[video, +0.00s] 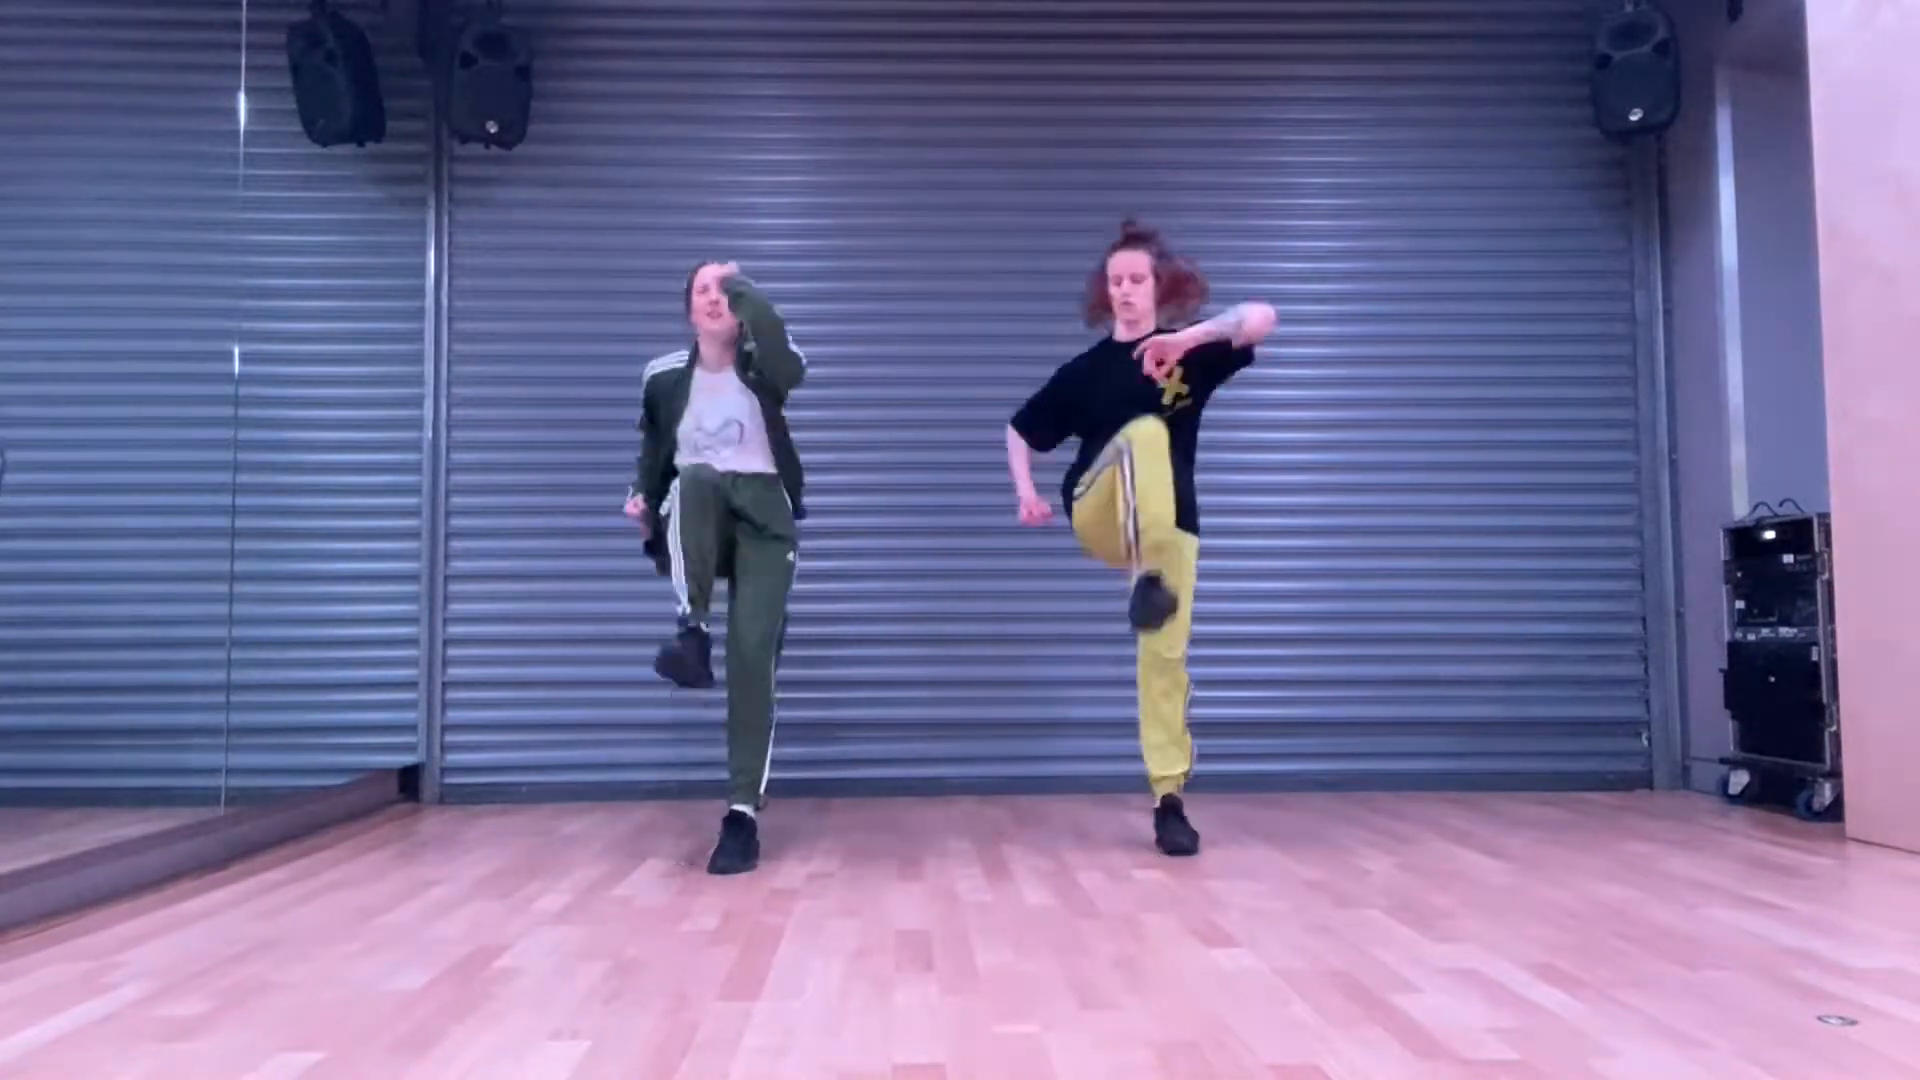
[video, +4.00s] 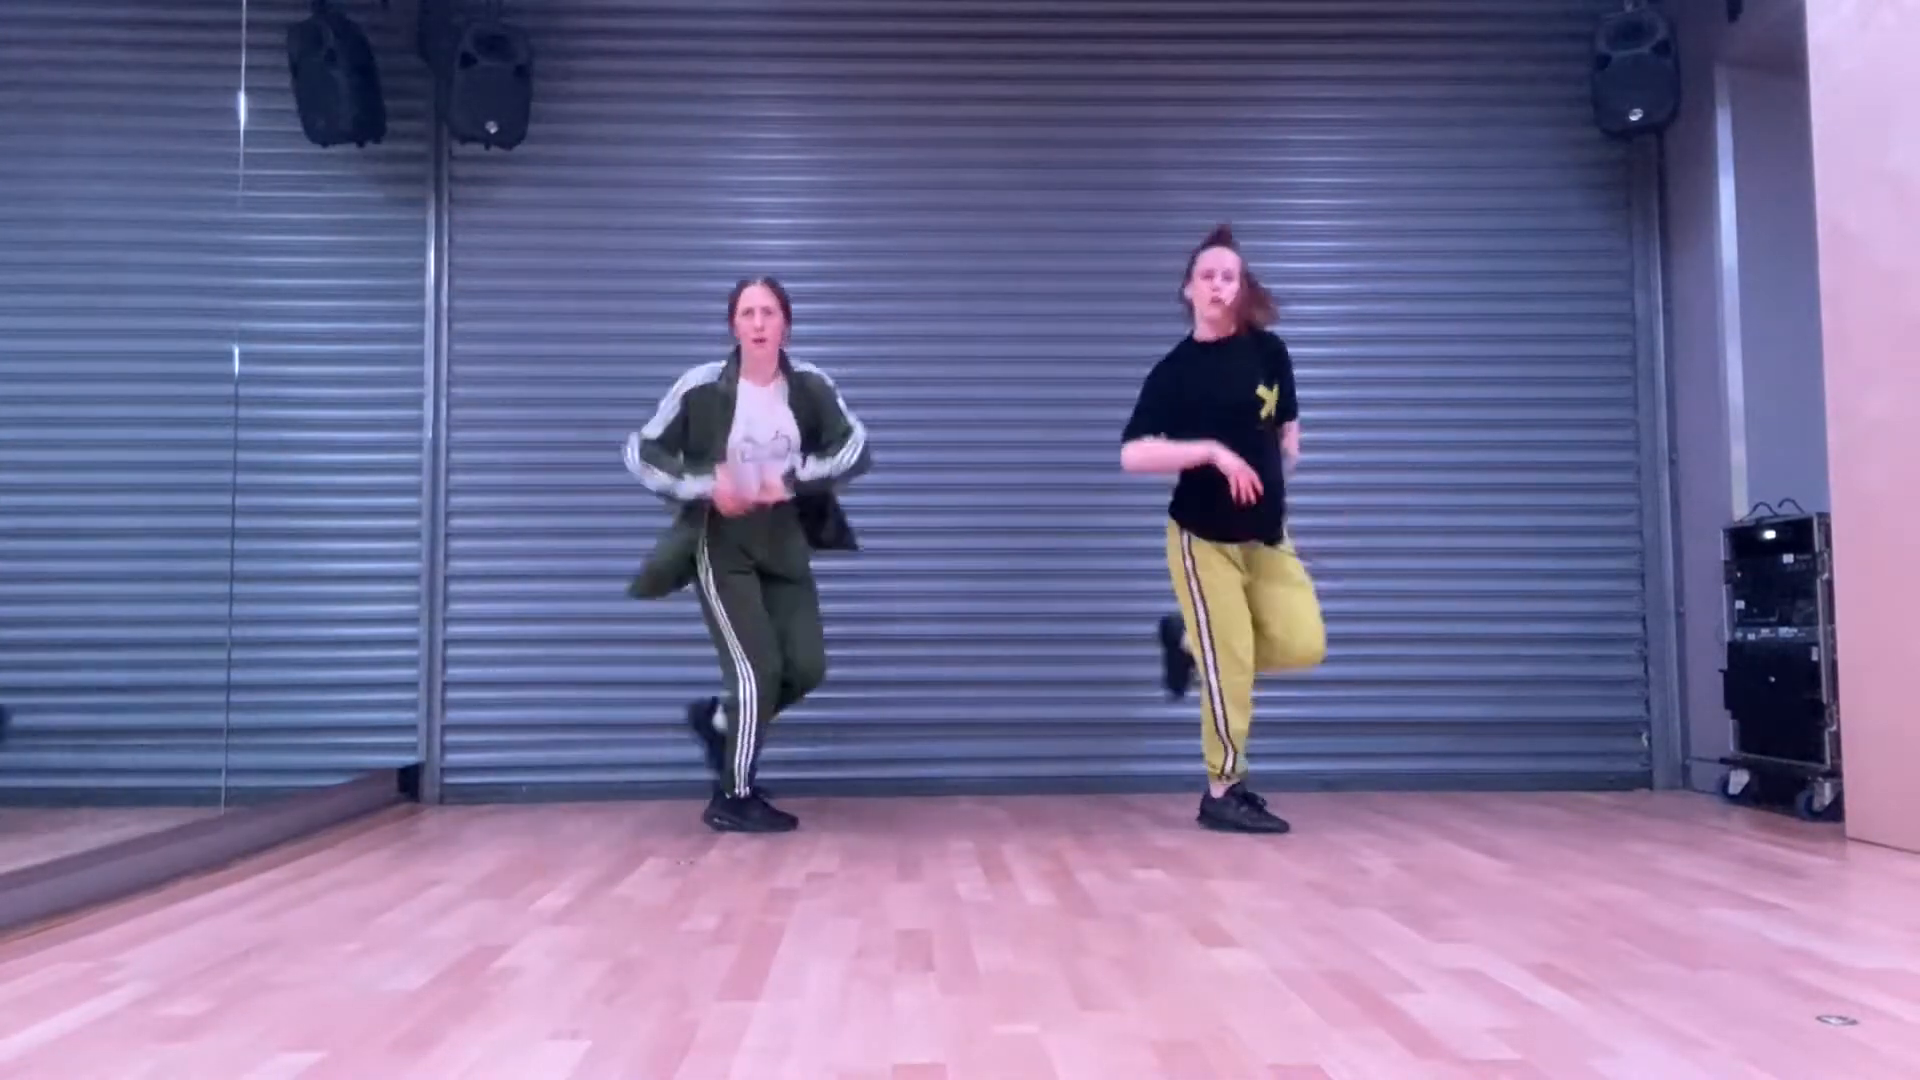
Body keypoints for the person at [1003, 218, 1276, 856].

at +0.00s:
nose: (1125, 290)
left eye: (1137, 279)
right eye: (1116, 280)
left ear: (1161, 286)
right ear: (1105, 291)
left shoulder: (1195, 356)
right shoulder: (1087, 371)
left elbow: (1262, 318)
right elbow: (1018, 432)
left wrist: (1192, 337)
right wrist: (1025, 491)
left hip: (1171, 524)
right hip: (1101, 519)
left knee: (1166, 659)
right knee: (1144, 431)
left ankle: (1169, 797)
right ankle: (1151, 577)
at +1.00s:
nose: (1186, 311)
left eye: (1195, 299)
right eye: (1174, 299)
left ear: (1213, 306)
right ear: (1157, 306)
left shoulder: (1218, 388)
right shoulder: (1135, 372)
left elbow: (1244, 472)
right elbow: (1125, 452)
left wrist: (1300, 525)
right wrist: (1191, 465)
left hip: (1161, 562)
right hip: (1080, 536)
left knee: (1194, 683)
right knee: (997, 628)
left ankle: (1166, 808)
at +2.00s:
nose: (938, 332)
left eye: (950, 326)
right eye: (944, 322)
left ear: (979, 344)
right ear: (986, 347)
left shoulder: (995, 399)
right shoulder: (989, 399)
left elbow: (999, 500)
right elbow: (1020, 506)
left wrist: (1002, 573)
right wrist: (986, 562)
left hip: (1079, 586)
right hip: (1028, 583)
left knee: (1087, 739)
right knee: (955, 674)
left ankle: (1207, 790)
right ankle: (985, 818)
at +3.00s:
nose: (1041, 239)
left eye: (1058, 236)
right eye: (1048, 233)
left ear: (1074, 270)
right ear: (1047, 265)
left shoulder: (1077, 328)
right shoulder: (1021, 323)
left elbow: (1112, 287)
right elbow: (985, 304)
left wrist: (1080, 244)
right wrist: (938, 282)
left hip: (1096, 533)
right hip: (1118, 527)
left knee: (1051, 671)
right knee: (1117, 679)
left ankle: (1018, 825)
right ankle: (1224, 793)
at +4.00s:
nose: (1218, 286)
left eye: (1229, 277)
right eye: (1207, 276)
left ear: (1243, 290)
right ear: (1189, 290)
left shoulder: (1268, 350)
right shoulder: (1174, 371)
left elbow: (1286, 428)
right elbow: (1135, 454)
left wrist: (1282, 455)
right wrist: (1213, 451)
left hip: (1266, 537)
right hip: (1201, 540)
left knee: (1300, 646)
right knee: (1230, 656)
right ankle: (1223, 791)